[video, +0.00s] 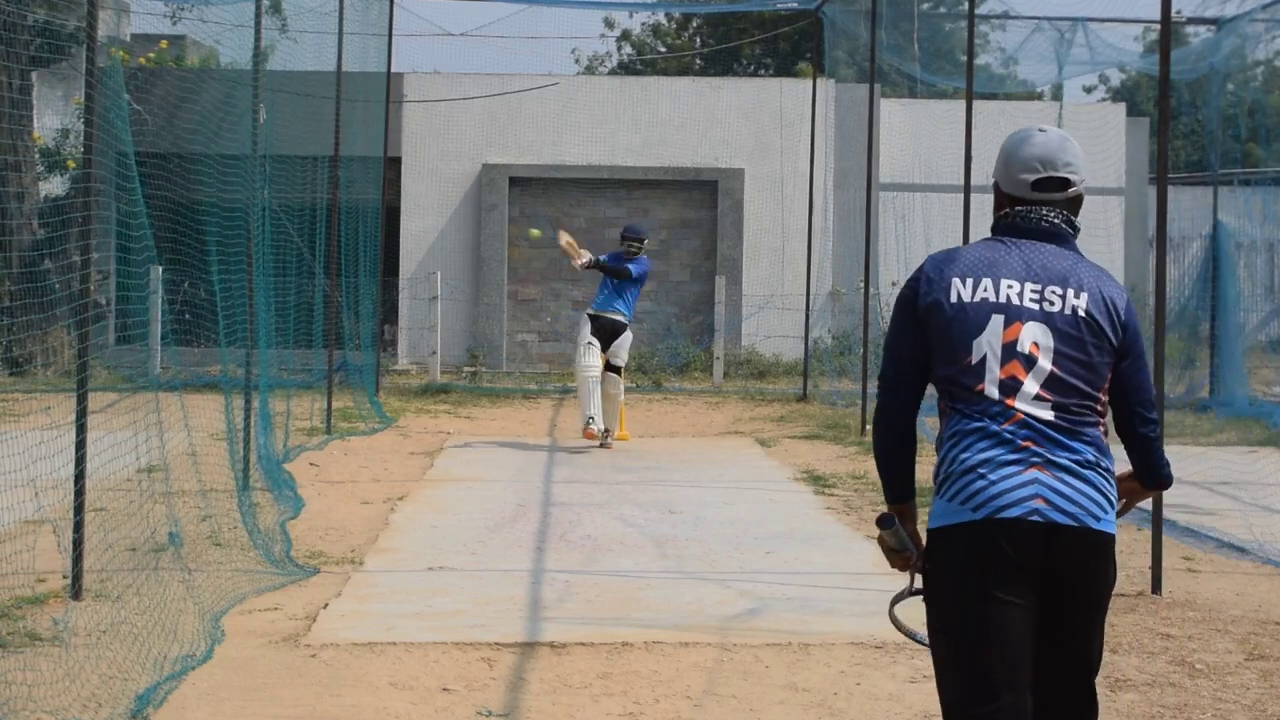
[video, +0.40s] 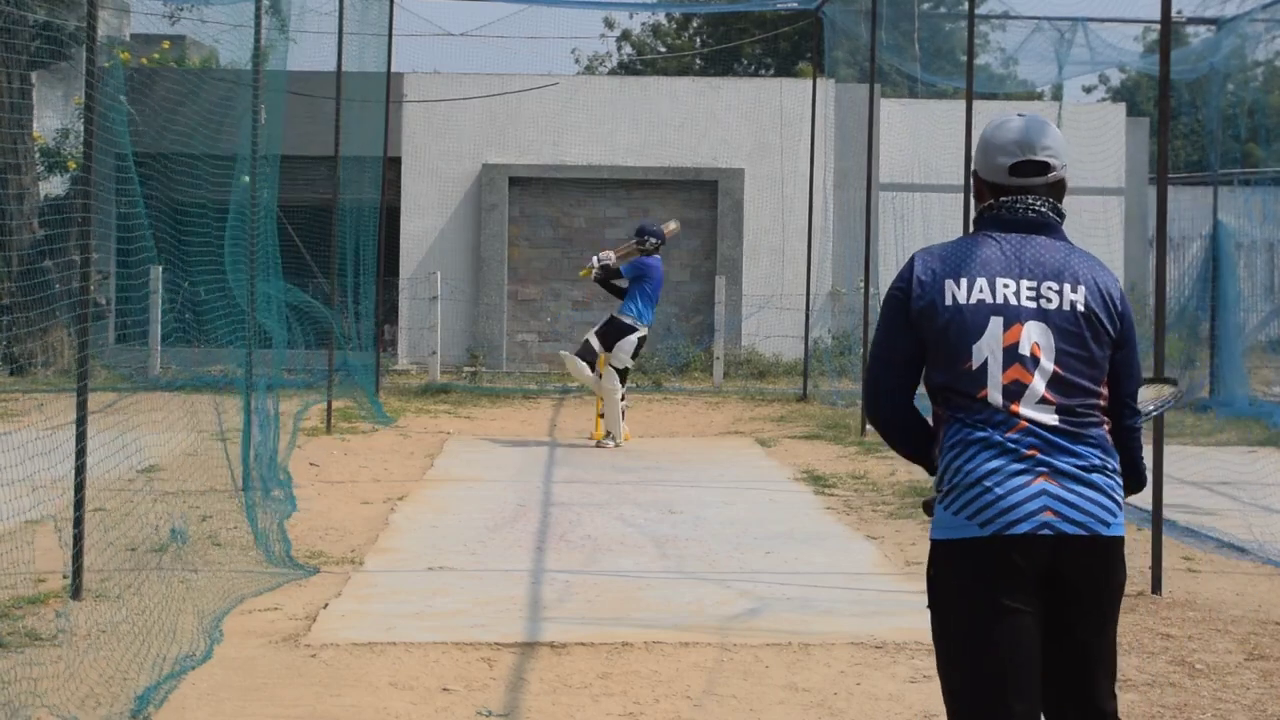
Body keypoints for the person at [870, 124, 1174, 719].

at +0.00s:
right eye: (1072, 193)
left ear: (998, 197)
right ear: (1076, 202)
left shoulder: (938, 275)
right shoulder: (1107, 291)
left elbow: (893, 411)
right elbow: (1139, 417)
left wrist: (901, 513)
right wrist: (1147, 476)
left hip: (976, 518)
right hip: (1084, 523)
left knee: (983, 701)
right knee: (1069, 698)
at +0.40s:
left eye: (979, 179)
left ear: (980, 187)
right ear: (1061, 189)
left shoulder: (928, 271)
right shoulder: (1102, 281)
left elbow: (885, 404)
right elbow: (1125, 411)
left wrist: (951, 460)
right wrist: (1129, 474)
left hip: (979, 531)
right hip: (1091, 531)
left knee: (990, 708)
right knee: (1086, 705)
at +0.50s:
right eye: (1064, 183)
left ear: (990, 189)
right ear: (1071, 190)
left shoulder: (936, 272)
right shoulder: (1110, 279)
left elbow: (893, 401)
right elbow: (1140, 414)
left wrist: (967, 443)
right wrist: (1143, 476)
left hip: (988, 534)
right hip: (1102, 534)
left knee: (996, 709)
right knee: (1113, 706)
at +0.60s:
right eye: (1084, 187)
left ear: (1004, 192)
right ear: (1086, 194)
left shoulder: (948, 271)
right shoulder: (1124, 282)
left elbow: (909, 401)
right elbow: (1154, 424)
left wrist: (983, 445)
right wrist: (1149, 494)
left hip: (996, 533)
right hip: (1114, 532)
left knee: (1002, 708)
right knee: (1137, 705)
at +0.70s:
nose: (1131, 216)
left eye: (1127, 206)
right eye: (1130, 207)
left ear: (1046, 206)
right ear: (1122, 208)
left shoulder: (974, 276)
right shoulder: (1152, 289)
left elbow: (941, 405)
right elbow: (1183, 434)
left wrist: (1010, 456)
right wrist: (1149, 502)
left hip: (1009, 539)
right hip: (1133, 540)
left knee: (1007, 711)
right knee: (1180, 708)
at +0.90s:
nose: (1231, 300)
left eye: (1232, 290)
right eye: (1231, 287)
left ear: (1151, 264)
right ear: (1219, 275)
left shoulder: (1064, 317)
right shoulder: (1236, 330)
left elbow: (1031, 451)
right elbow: (1255, 461)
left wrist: (1077, 518)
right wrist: (1229, 538)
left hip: (1064, 560)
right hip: (1197, 566)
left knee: (1023, 710)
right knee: (1238, 710)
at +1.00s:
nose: (1273, 337)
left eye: (1274, 329)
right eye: (1274, 328)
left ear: (1201, 305)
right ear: (1265, 319)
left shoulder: (1116, 351)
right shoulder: (1270, 354)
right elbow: (1268, 486)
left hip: (1101, 557)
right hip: (1241, 565)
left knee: (1045, 708)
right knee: (1261, 706)